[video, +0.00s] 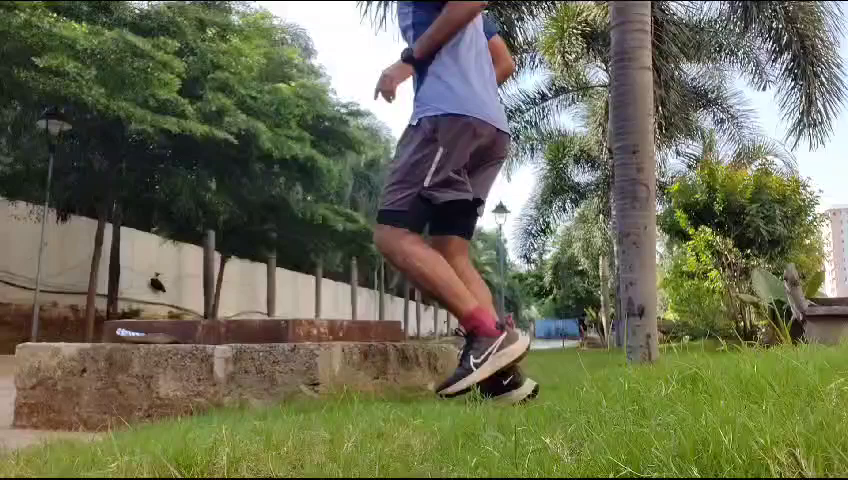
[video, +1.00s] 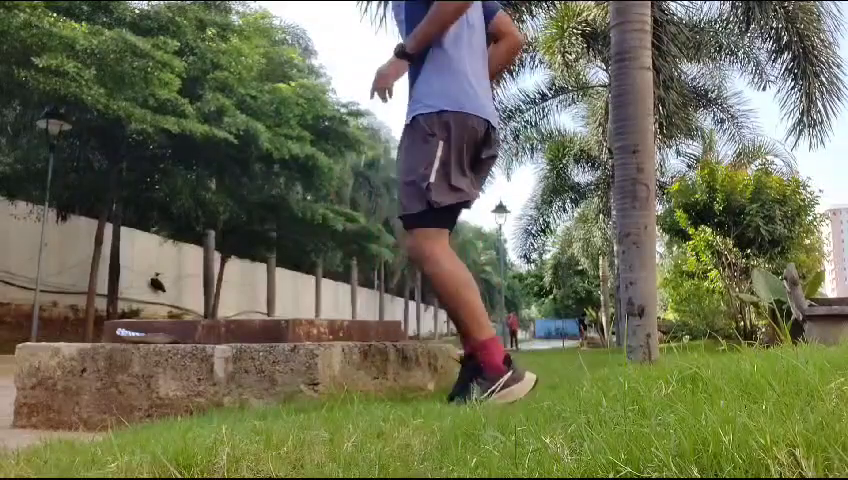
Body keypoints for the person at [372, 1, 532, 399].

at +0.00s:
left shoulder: (423, 3)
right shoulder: (468, 13)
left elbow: (470, 4)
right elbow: (504, 61)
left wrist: (409, 60)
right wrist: (453, 91)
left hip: (448, 111)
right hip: (492, 123)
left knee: (392, 235)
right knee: (451, 249)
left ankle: (487, 331)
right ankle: (504, 376)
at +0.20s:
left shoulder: (424, 7)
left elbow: (458, 3)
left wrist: (410, 51)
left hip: (441, 97)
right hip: (488, 114)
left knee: (342, 175)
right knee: (462, 241)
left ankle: (404, 276)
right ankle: (501, 369)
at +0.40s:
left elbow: (401, 2)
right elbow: (480, 17)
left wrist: (374, 26)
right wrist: (439, 47)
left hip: (423, 66)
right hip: (468, 76)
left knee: (370, 184)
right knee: (413, 197)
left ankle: (396, 309)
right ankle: (464, 309)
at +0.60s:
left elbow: (366, 3)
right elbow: (494, 3)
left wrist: (354, 10)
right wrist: (457, 30)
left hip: (428, 55)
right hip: (469, 66)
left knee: (393, 180)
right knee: (423, 190)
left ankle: (454, 299)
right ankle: (425, 305)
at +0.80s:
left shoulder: (413, 0)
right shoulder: (475, 3)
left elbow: (416, 5)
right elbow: (518, 20)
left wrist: (382, 29)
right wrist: (476, 61)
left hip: (446, 105)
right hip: (486, 110)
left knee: (451, 242)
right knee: (390, 196)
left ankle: (499, 374)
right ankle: (448, 290)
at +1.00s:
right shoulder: (476, 5)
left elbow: (457, 3)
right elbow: (511, 38)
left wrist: (403, 55)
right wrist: (469, 89)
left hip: (442, 107)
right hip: (475, 113)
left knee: (426, 242)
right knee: (431, 243)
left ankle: (496, 368)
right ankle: (478, 364)